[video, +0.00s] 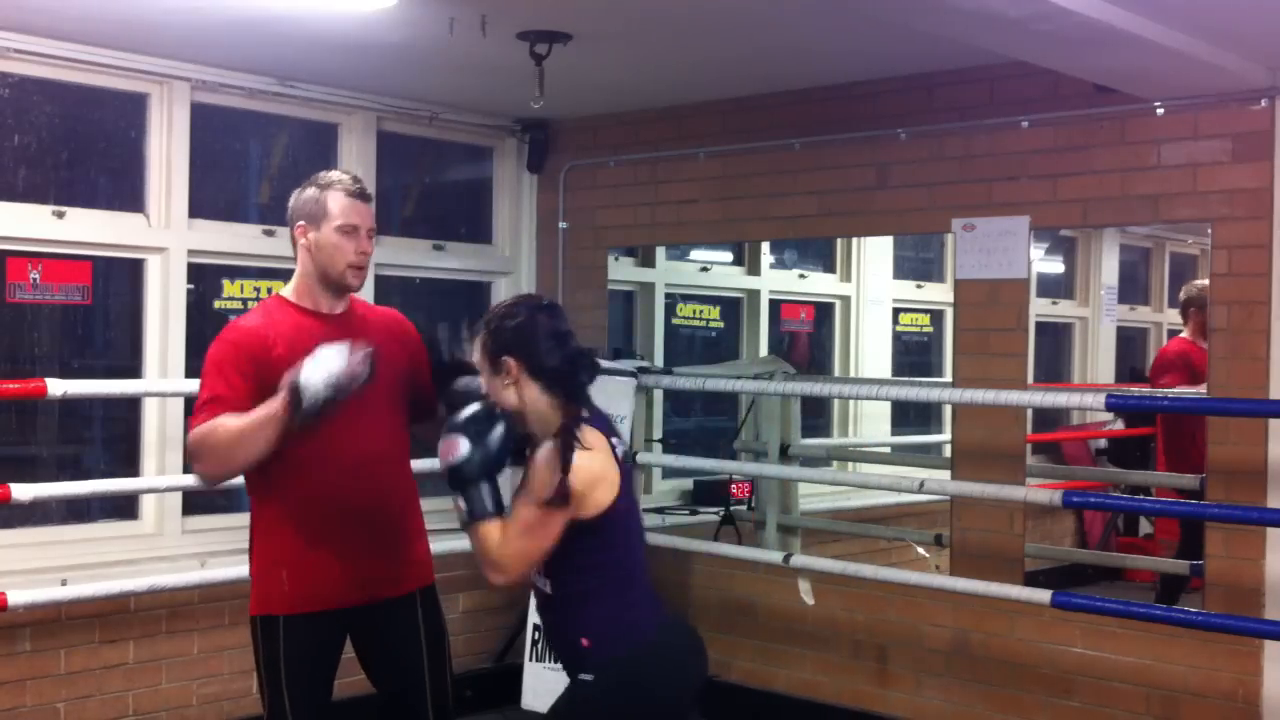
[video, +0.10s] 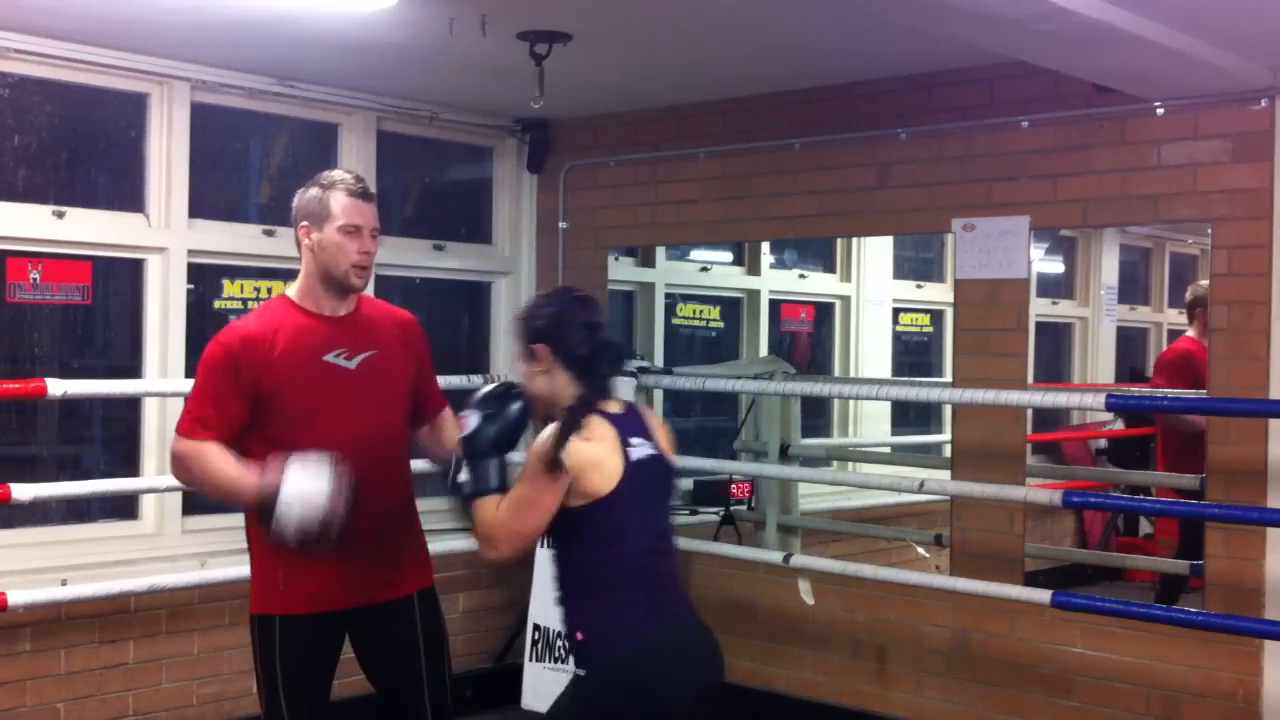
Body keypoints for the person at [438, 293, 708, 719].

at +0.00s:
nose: (482, 389)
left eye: (483, 373)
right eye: (479, 374)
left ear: (511, 371)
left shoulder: (566, 456)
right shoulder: (586, 427)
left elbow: (502, 566)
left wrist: (475, 479)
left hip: (620, 679)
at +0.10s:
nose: (525, 379)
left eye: (524, 365)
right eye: (522, 366)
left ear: (543, 358)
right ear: (594, 352)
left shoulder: (563, 445)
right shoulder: (651, 424)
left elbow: (497, 541)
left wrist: (481, 456)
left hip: (622, 672)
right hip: (689, 657)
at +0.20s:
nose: (576, 375)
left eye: (577, 362)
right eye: (576, 362)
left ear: (596, 359)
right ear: (648, 351)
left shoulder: (603, 440)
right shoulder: (706, 430)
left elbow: (545, 534)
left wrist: (530, 453)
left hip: (647, 668)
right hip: (722, 659)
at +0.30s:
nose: (622, 376)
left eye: (622, 363)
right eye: (618, 364)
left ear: (643, 359)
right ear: (694, 353)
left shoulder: (644, 431)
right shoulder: (750, 430)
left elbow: (592, 538)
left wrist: (577, 454)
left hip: (680, 660)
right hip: (759, 651)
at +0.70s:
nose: (656, 370)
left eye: (657, 356)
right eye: (653, 357)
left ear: (685, 353)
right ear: (732, 350)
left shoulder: (668, 428)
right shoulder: (786, 429)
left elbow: (615, 531)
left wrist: (605, 447)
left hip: (695, 654)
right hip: (780, 650)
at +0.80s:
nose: (630, 381)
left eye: (632, 368)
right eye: (629, 369)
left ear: (663, 368)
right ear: (709, 366)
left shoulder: (631, 452)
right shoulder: (754, 441)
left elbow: (561, 532)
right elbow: (787, 544)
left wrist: (564, 451)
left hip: (667, 672)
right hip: (755, 671)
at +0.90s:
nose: (574, 380)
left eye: (581, 367)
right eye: (575, 367)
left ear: (616, 377)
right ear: (656, 374)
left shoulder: (599, 458)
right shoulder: (707, 446)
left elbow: (529, 559)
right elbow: (792, 492)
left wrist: (509, 480)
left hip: (650, 683)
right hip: (728, 672)